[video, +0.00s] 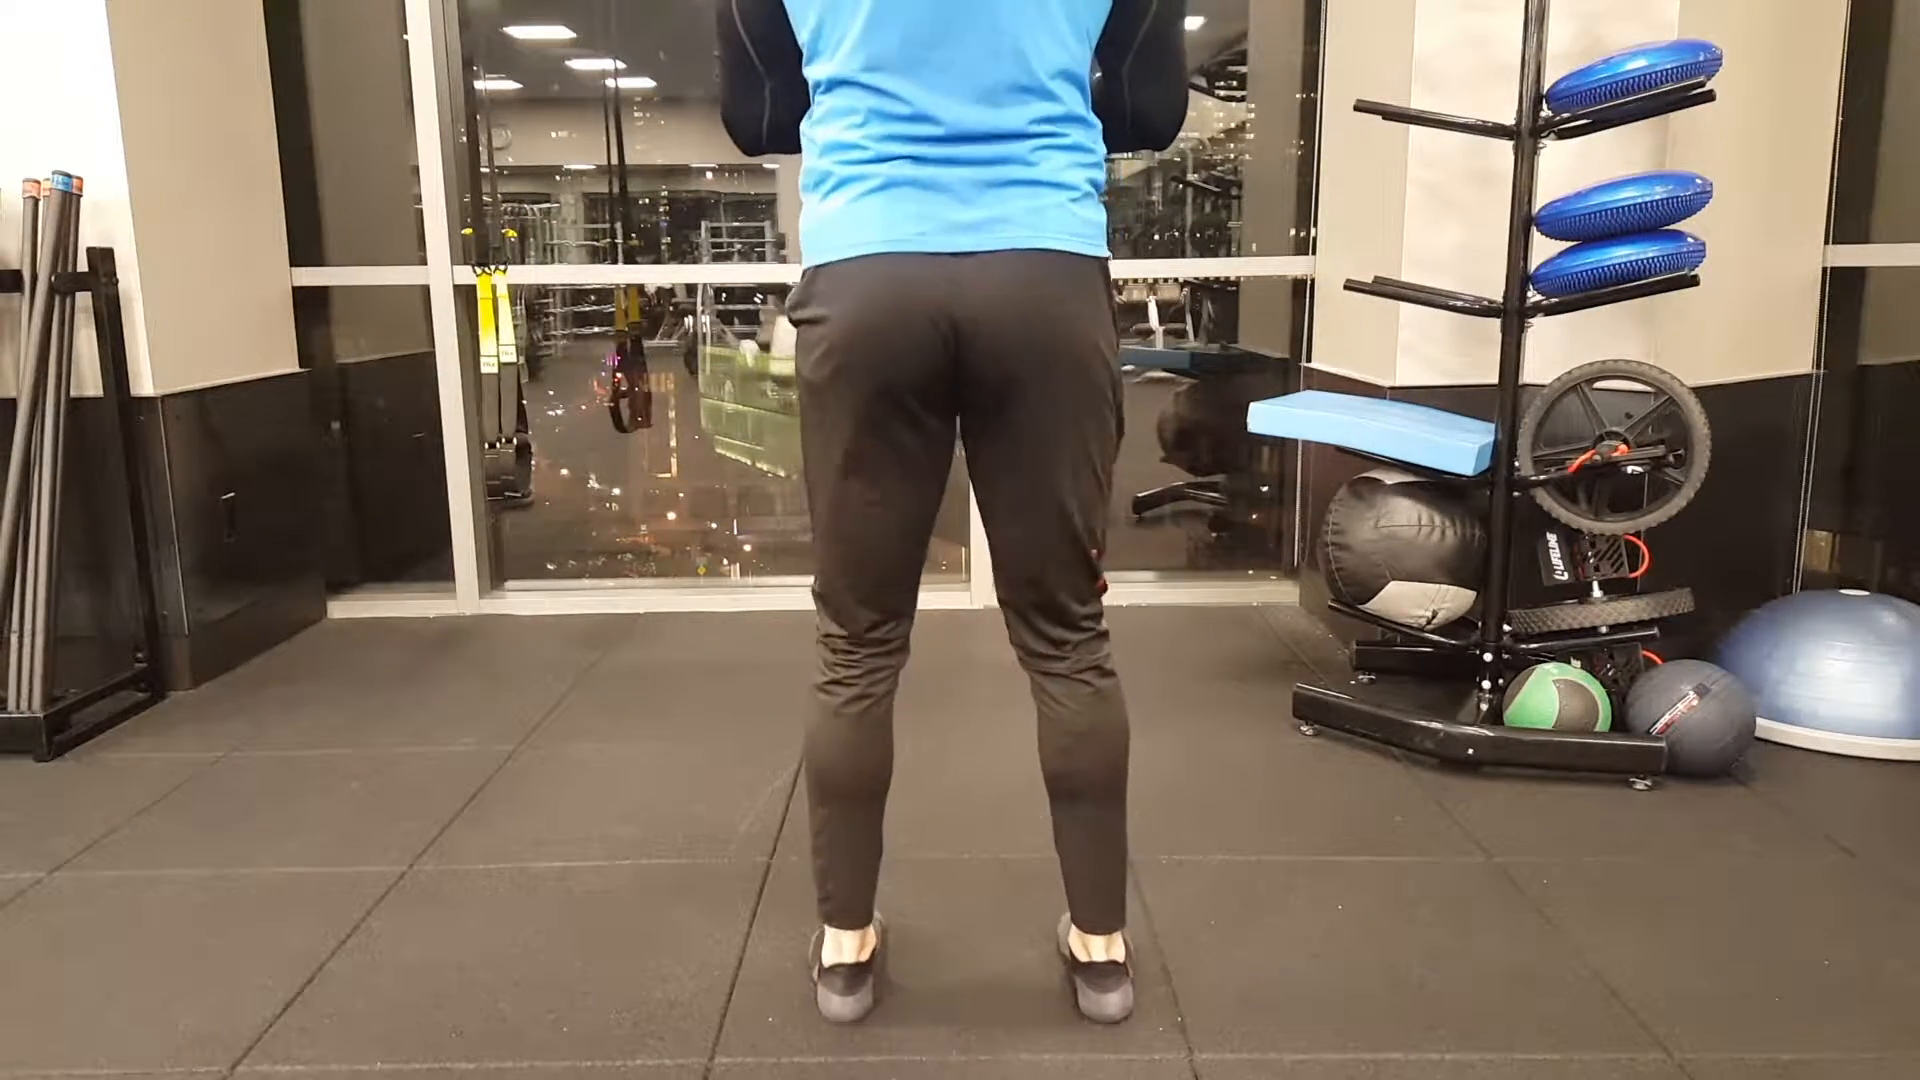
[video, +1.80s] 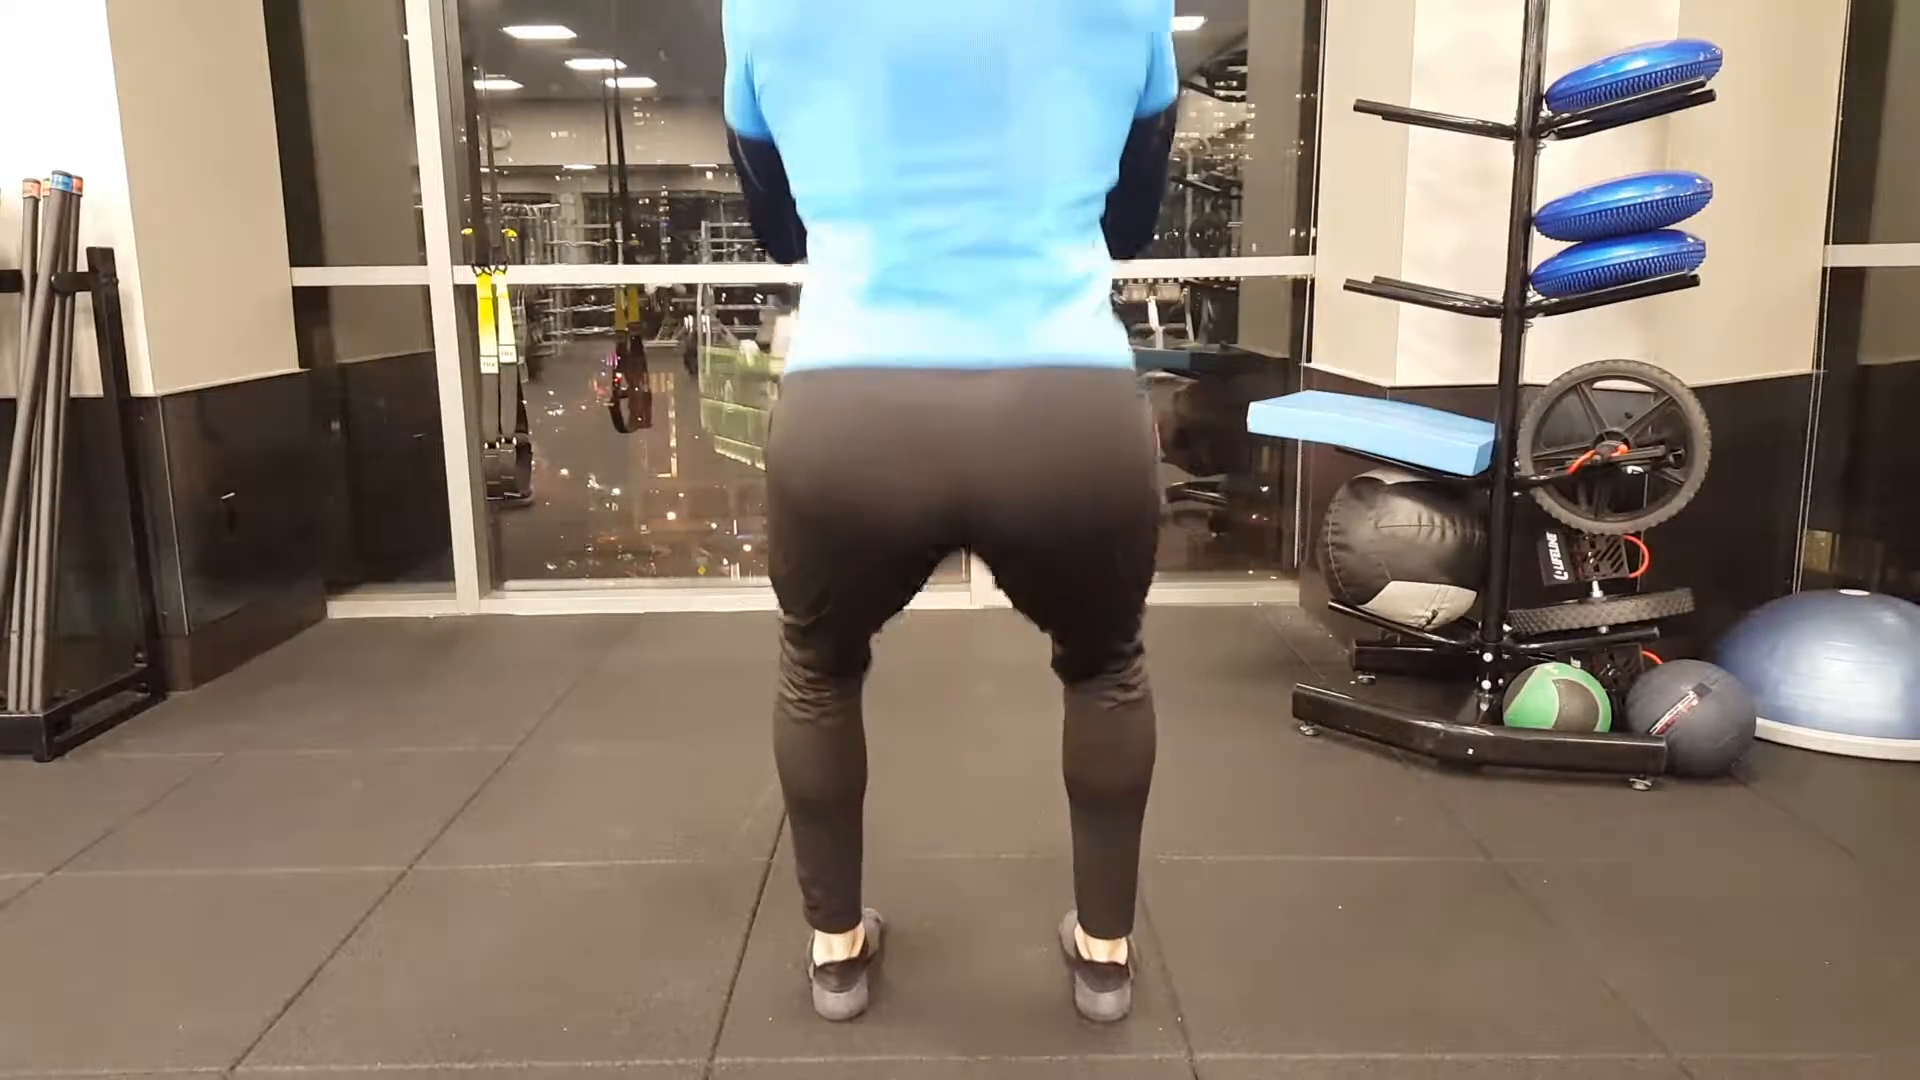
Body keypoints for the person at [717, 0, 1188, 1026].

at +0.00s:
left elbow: (758, 119)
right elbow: (1149, 113)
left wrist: (880, 85)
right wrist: (1022, 93)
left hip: (866, 273)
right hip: (1046, 272)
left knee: (856, 642)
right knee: (1066, 631)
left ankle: (845, 952)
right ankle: (1102, 954)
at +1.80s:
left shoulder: (764, 9)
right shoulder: (1129, 9)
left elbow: (783, 229)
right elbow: (1128, 225)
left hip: (847, 410)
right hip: (1070, 409)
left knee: (820, 665)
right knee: (1104, 663)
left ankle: (836, 953)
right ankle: (1106, 955)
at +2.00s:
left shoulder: (775, 83)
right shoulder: (1128, 68)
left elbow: (780, 289)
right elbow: (1118, 286)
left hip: (843, 560)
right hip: (1076, 560)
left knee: (798, 671)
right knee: (1122, 666)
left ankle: (835, 951)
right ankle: (1106, 953)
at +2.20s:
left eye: (909, 79)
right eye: (1010, 78)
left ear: (885, 87)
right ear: (1025, 85)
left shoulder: (784, 220)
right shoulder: (1127, 207)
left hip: (850, 724)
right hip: (1062, 726)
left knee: (774, 612)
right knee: (1148, 613)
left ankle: (833, 947)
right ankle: (1107, 951)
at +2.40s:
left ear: (893, 234)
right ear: (1026, 234)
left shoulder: (800, 375)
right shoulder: (1113, 366)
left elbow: (827, 330)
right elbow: (1107, 316)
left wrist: (867, 230)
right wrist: (1055, 213)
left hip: (867, 885)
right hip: (1055, 884)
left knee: (777, 611)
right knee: (1144, 607)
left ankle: (833, 939)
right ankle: (1109, 938)